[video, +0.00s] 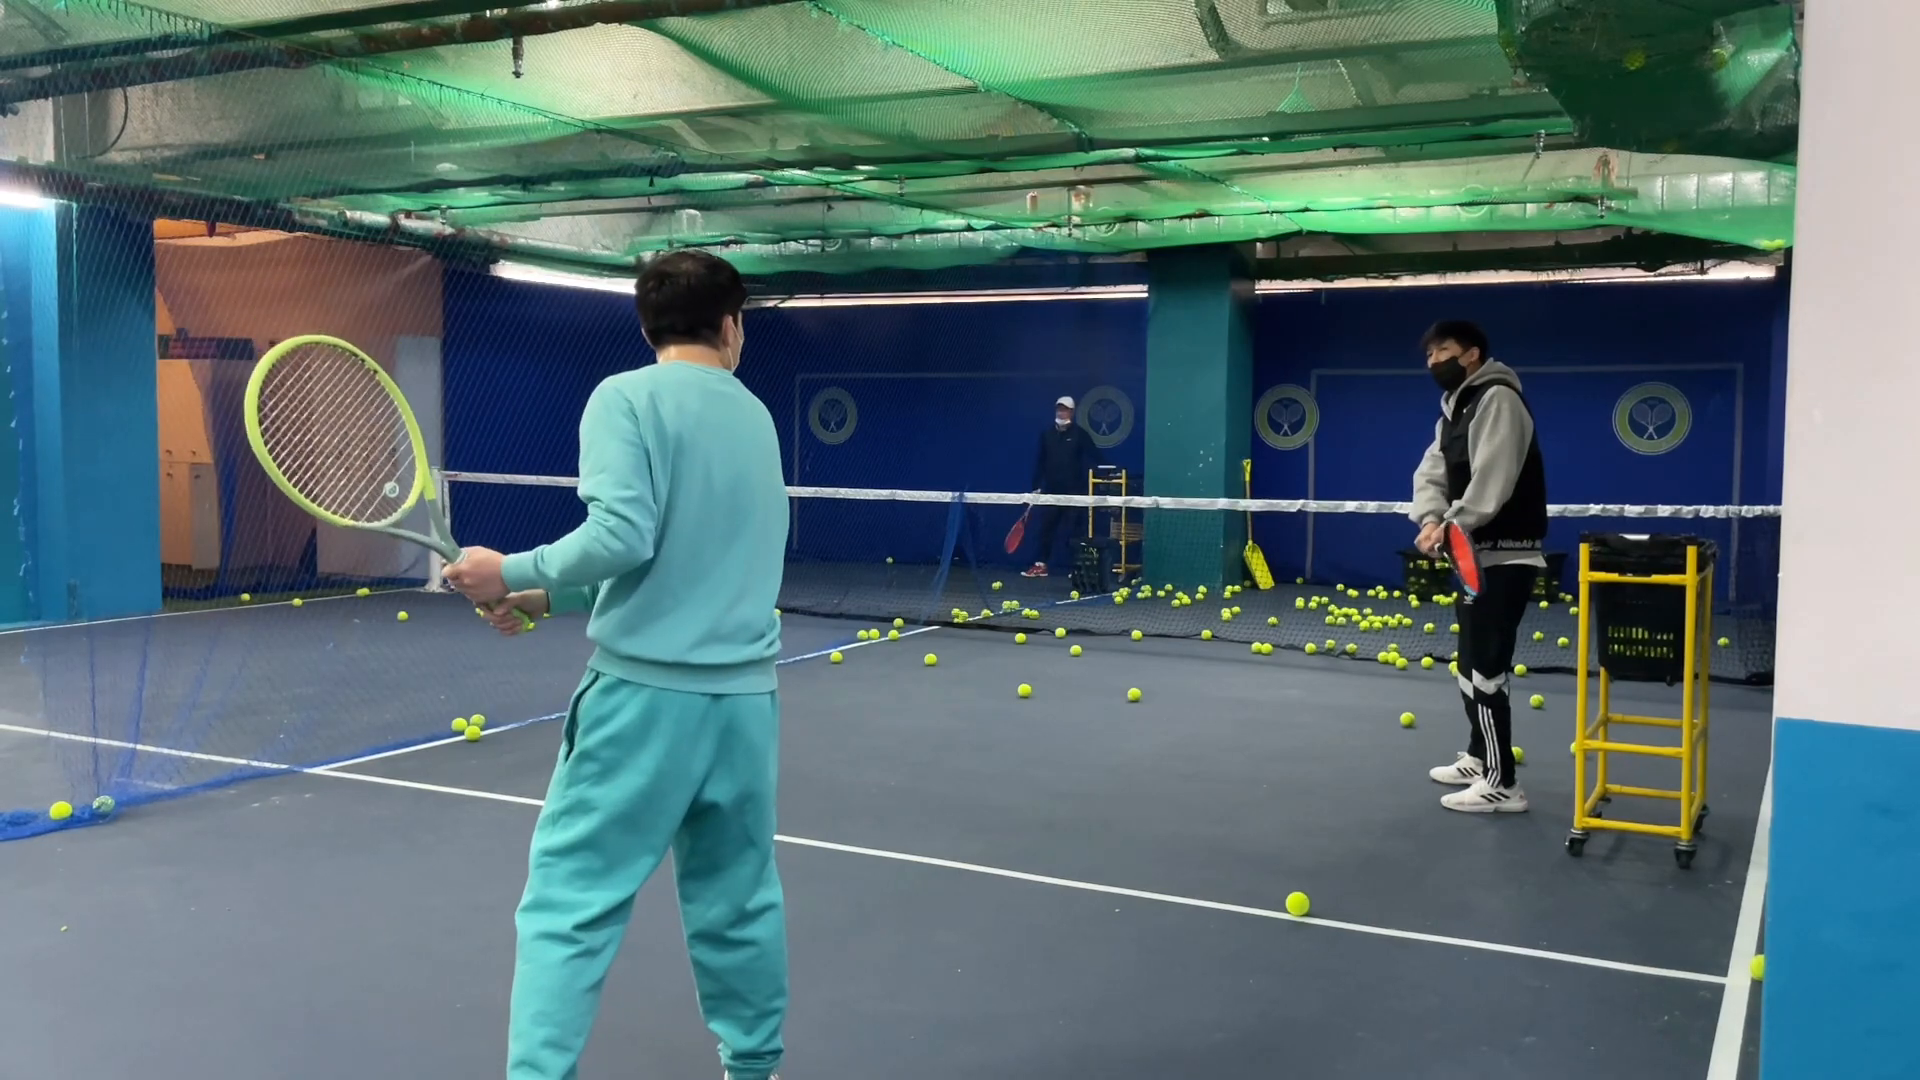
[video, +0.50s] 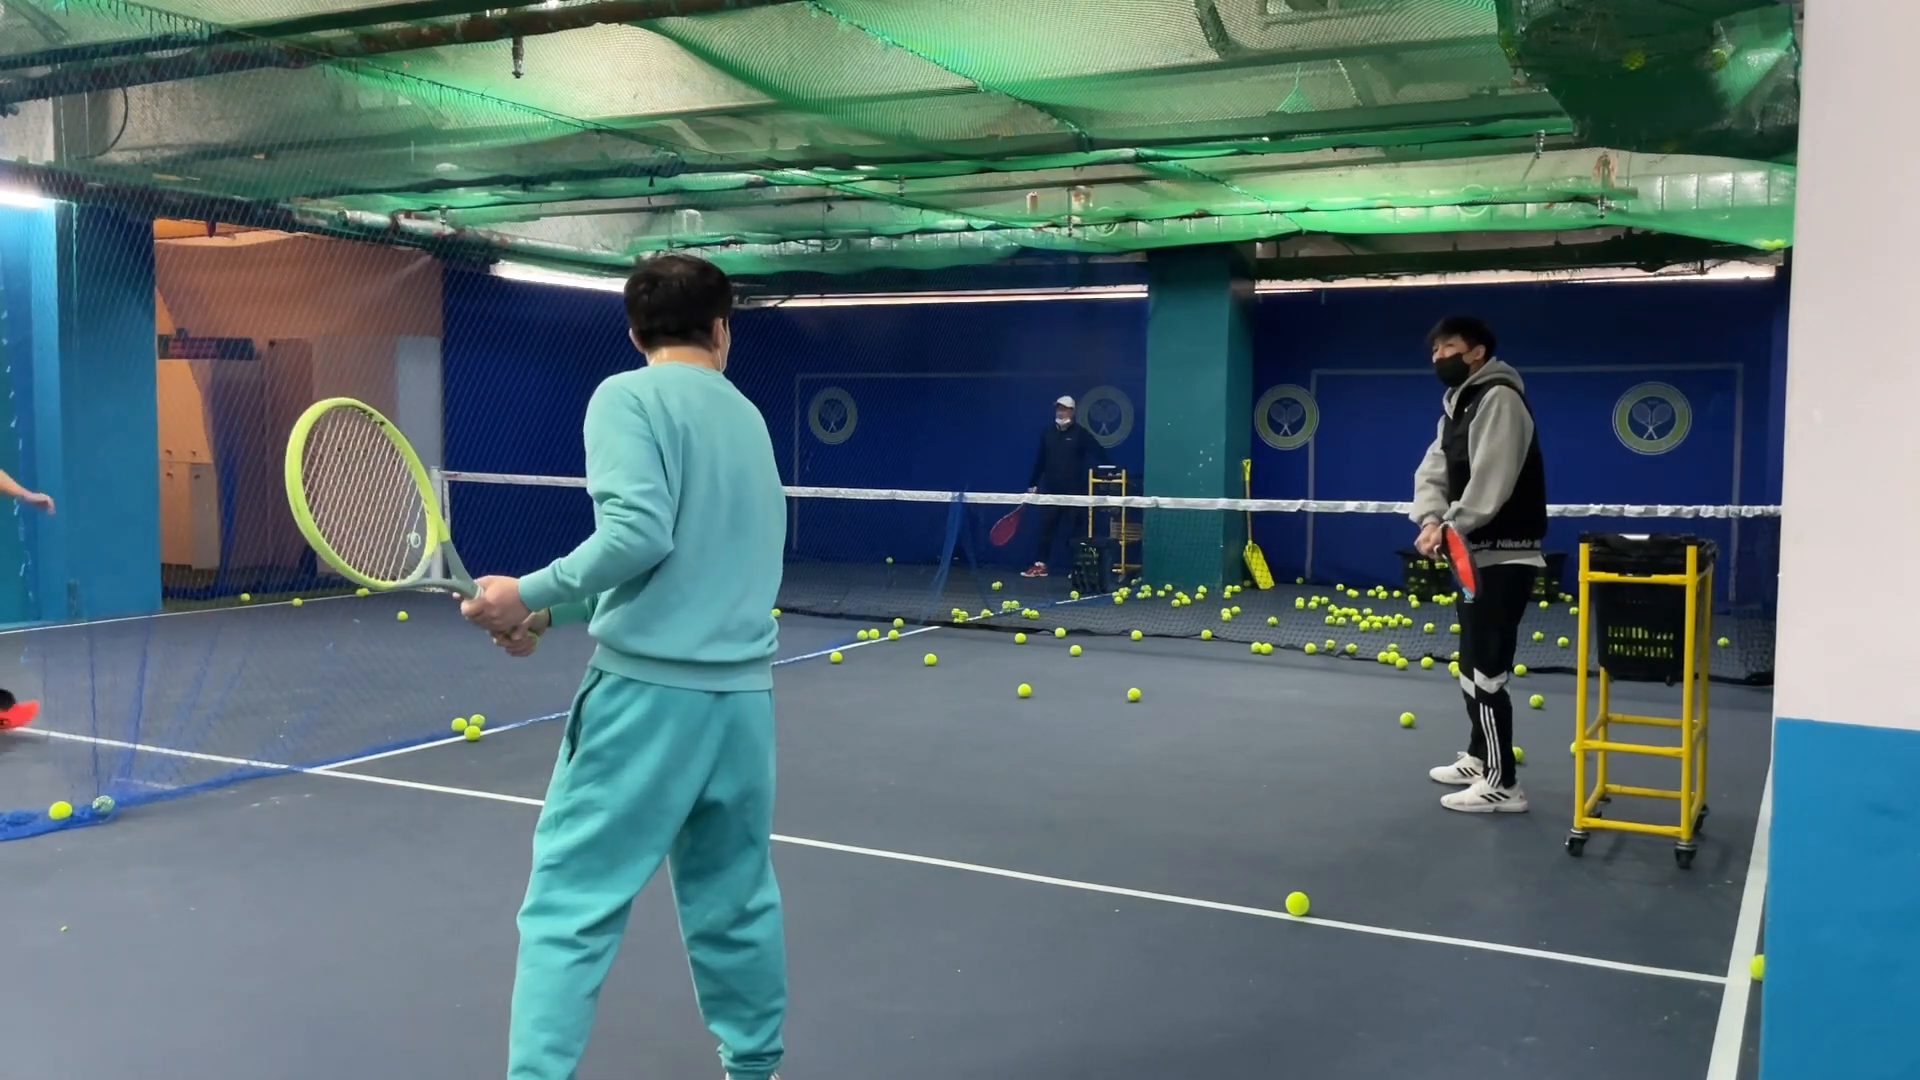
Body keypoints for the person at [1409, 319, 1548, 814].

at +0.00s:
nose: (1433, 361)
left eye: (1442, 352)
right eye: (1429, 356)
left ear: (1474, 353)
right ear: (1438, 364)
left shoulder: (1499, 400)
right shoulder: (1456, 406)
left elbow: (1494, 476)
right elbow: (1432, 470)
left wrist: (1452, 523)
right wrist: (1431, 516)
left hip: (1507, 557)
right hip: (1478, 557)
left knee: (1485, 672)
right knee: (1471, 667)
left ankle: (1501, 786)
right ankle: (1482, 760)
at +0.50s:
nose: (1440, 358)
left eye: (1449, 349)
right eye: (1436, 353)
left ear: (1479, 351)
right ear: (1440, 360)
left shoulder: (1500, 399)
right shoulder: (1457, 403)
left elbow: (1493, 476)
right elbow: (1434, 469)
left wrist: (1451, 527)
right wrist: (1430, 518)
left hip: (1506, 556)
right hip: (1476, 555)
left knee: (1487, 673)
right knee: (1473, 667)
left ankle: (1501, 786)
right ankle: (1482, 760)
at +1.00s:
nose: (1442, 356)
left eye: (1452, 346)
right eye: (1438, 350)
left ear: (1482, 349)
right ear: (1440, 359)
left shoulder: (1500, 398)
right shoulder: (1459, 402)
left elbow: (1490, 476)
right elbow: (1433, 469)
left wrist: (1448, 526)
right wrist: (1430, 519)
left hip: (1503, 556)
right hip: (1475, 555)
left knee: (1487, 673)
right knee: (1472, 667)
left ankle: (1501, 786)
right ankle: (1482, 760)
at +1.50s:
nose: (1439, 355)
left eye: (1449, 346)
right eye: (1435, 349)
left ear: (1479, 350)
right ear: (1437, 358)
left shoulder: (1494, 399)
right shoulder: (1458, 401)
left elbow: (1484, 476)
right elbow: (1433, 469)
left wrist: (1444, 530)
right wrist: (1425, 521)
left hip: (1497, 558)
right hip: (1469, 557)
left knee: (1485, 673)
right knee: (1470, 668)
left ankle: (1501, 785)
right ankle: (1481, 761)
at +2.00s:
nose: (1423, 364)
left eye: (1430, 354)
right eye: (1422, 355)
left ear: (1460, 356)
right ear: (1459, 359)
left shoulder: (1473, 408)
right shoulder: (1466, 404)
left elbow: (1450, 482)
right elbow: (1440, 474)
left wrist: (1404, 526)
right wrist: (1403, 521)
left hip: (1477, 565)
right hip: (1467, 563)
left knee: (1451, 668)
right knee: (1452, 664)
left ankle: (1494, 780)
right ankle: (1482, 759)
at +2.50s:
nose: (1383, 374)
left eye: (1384, 365)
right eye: (1382, 365)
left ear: (1402, 362)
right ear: (1423, 360)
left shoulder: (1420, 410)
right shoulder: (1449, 406)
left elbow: (1398, 487)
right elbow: (1419, 491)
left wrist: (1350, 508)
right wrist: (1362, 518)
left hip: (1430, 568)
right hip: (1462, 567)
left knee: (1394, 668)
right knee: (1447, 661)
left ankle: (1421, 775)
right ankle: (1478, 762)